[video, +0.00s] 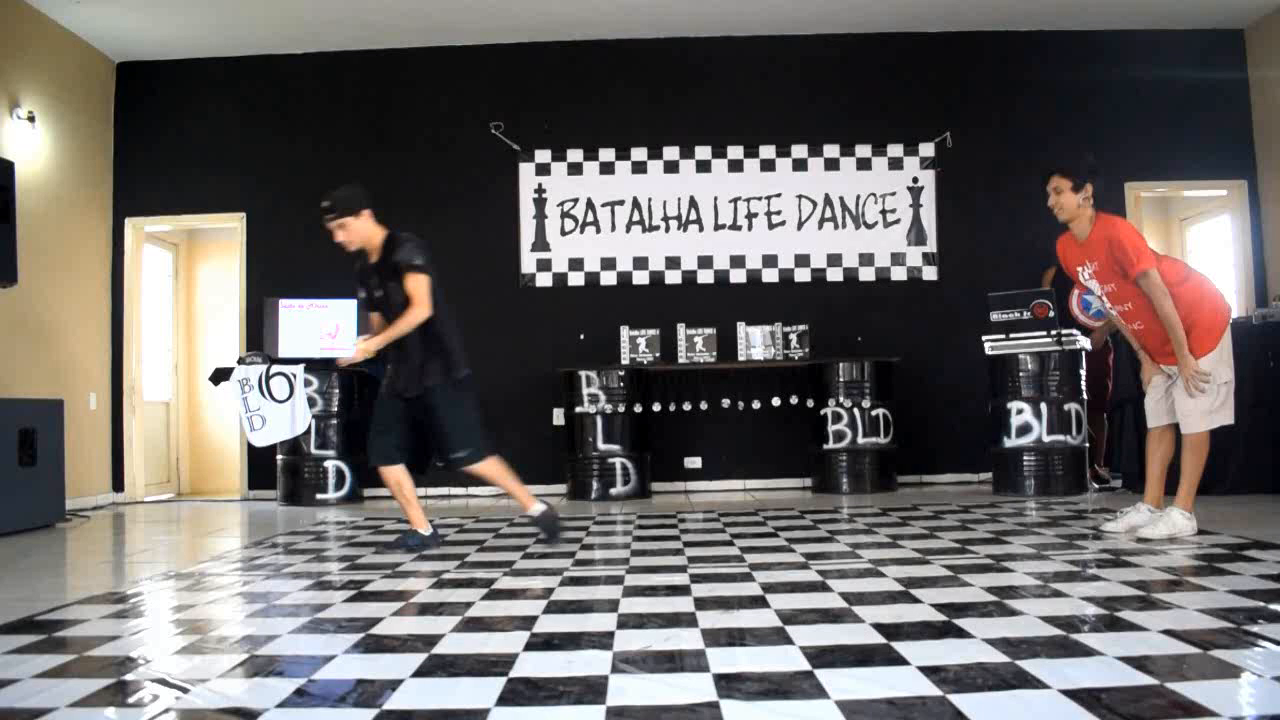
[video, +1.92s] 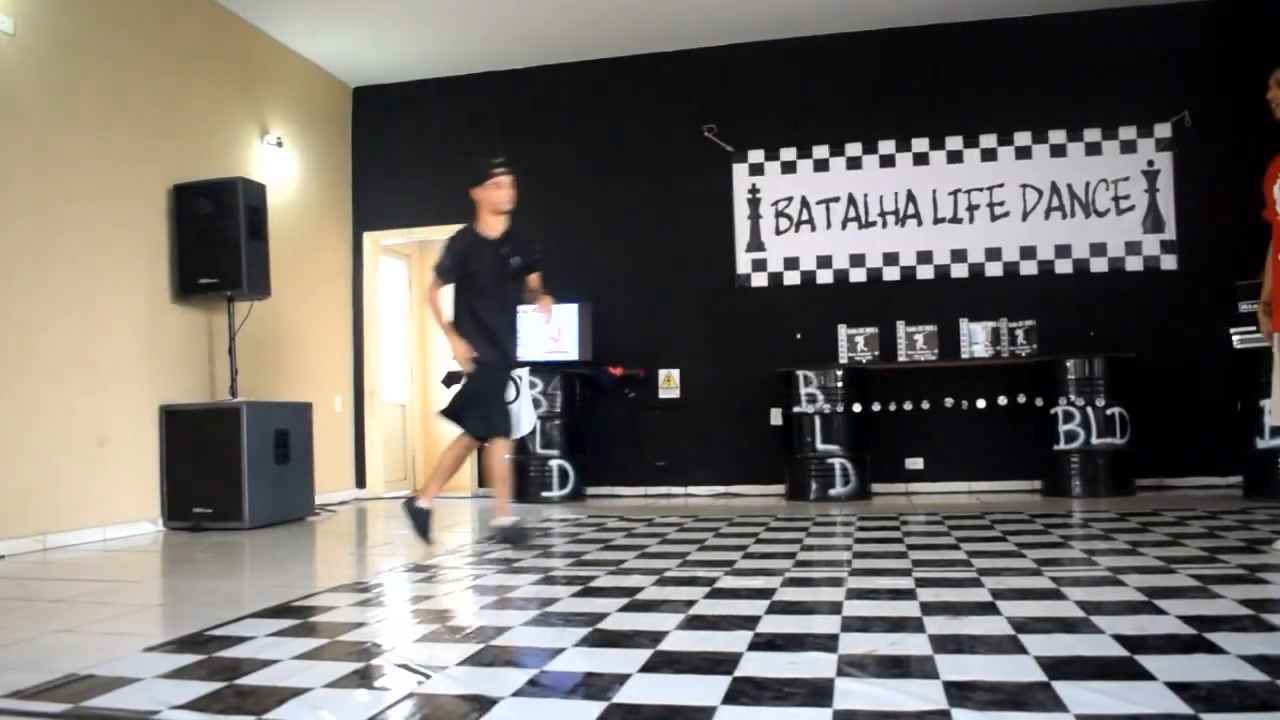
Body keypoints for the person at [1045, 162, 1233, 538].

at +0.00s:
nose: (1051, 202)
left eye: (1058, 192)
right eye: (1049, 195)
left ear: (1085, 193)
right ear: (1052, 201)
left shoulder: (1116, 231)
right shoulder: (1066, 248)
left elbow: (1156, 290)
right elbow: (1110, 307)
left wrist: (1184, 354)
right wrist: (1144, 355)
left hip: (1200, 321)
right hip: (1157, 332)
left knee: (1194, 413)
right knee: (1158, 412)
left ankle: (1183, 512)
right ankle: (1152, 506)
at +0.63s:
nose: (1077, 131)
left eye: (1086, 123)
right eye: (1076, 124)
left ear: (1113, 126)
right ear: (1082, 134)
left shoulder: (1145, 167)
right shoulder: (1090, 188)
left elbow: (1184, 233)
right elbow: (1105, 257)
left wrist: (1182, 300)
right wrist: (1100, 314)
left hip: (1166, 315)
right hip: (1124, 321)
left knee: (1178, 415)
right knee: (1140, 418)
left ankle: (1182, 512)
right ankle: (1150, 506)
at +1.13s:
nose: (1079, 129)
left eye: (1087, 120)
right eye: (1078, 123)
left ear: (1114, 124)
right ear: (1087, 132)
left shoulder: (1145, 167)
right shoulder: (1093, 188)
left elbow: (1171, 237)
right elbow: (1104, 261)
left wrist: (1166, 309)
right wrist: (1088, 318)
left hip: (1153, 315)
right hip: (1104, 318)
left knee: (1168, 414)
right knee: (1080, 408)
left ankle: (1181, 512)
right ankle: (1089, 505)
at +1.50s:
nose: (1103, 121)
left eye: (1111, 111)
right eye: (1102, 115)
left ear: (1138, 113)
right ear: (1114, 125)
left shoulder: (1172, 157)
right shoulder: (1120, 182)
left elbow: (1220, 221)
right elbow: (1145, 247)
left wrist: (1210, 292)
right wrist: (1109, 251)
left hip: (1172, 316)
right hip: (1124, 320)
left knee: (1207, 413)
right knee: (1128, 421)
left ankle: (1246, 507)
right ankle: (1131, 518)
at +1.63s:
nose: (1163, 112)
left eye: (1172, 102)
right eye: (1163, 104)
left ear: (1201, 106)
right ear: (1181, 112)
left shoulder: (1234, 151)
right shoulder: (1183, 173)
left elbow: (1275, 206)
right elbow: (1196, 238)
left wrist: (1277, 286)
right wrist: (1163, 268)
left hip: (1232, 312)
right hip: (1182, 318)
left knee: (1266, 416)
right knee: (1195, 423)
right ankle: (1205, 519)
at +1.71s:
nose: (1198, 108)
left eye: (1207, 98)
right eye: (1197, 100)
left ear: (1236, 102)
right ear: (1206, 110)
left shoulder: (1265, 149)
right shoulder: (1216, 169)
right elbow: (1224, 236)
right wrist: (1200, 270)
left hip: (1261, 312)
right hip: (1217, 316)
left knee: (1272, 421)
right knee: (1229, 421)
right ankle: (1244, 520)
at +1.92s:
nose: (1272, 97)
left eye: (1275, 87)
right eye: (1271, 88)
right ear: (1268, 95)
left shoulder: (1273, 170)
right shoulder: (1272, 169)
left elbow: (1274, 237)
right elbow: (1274, 235)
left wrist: (1267, 296)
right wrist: (1266, 295)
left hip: (1279, 307)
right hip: (1278, 308)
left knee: (1279, 404)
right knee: (1277, 404)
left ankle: (1276, 476)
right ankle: (1275, 476)